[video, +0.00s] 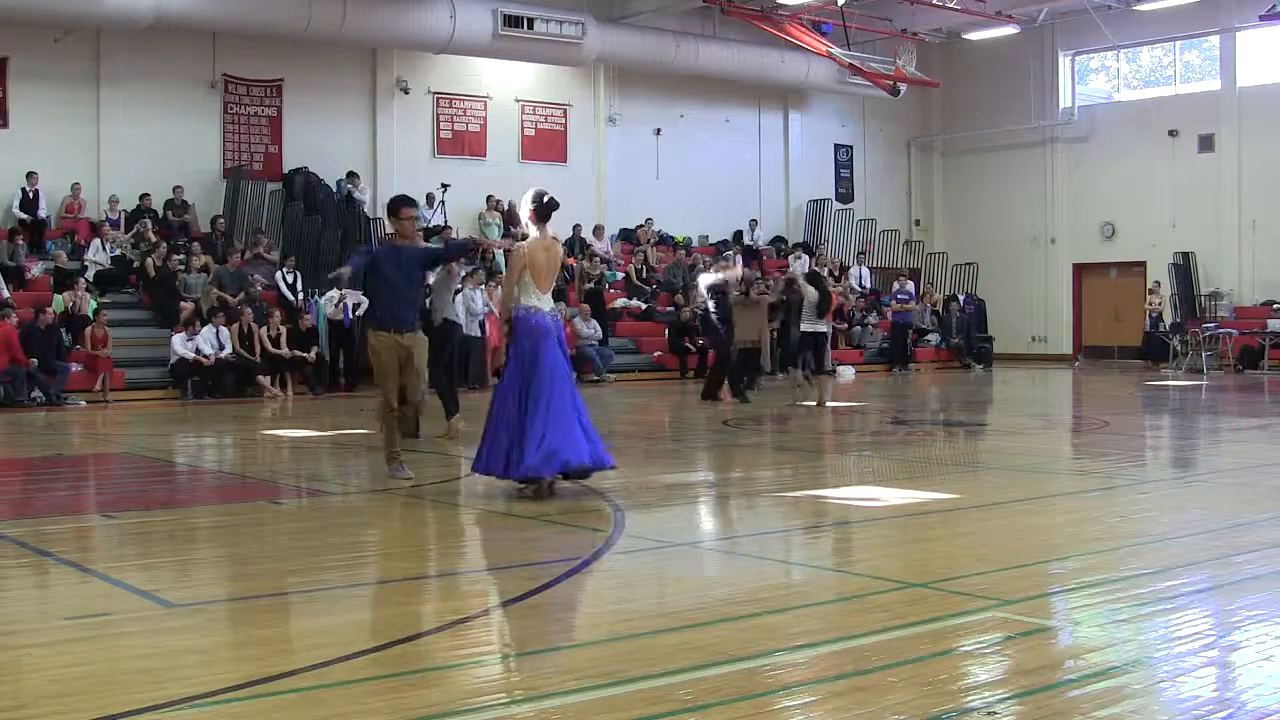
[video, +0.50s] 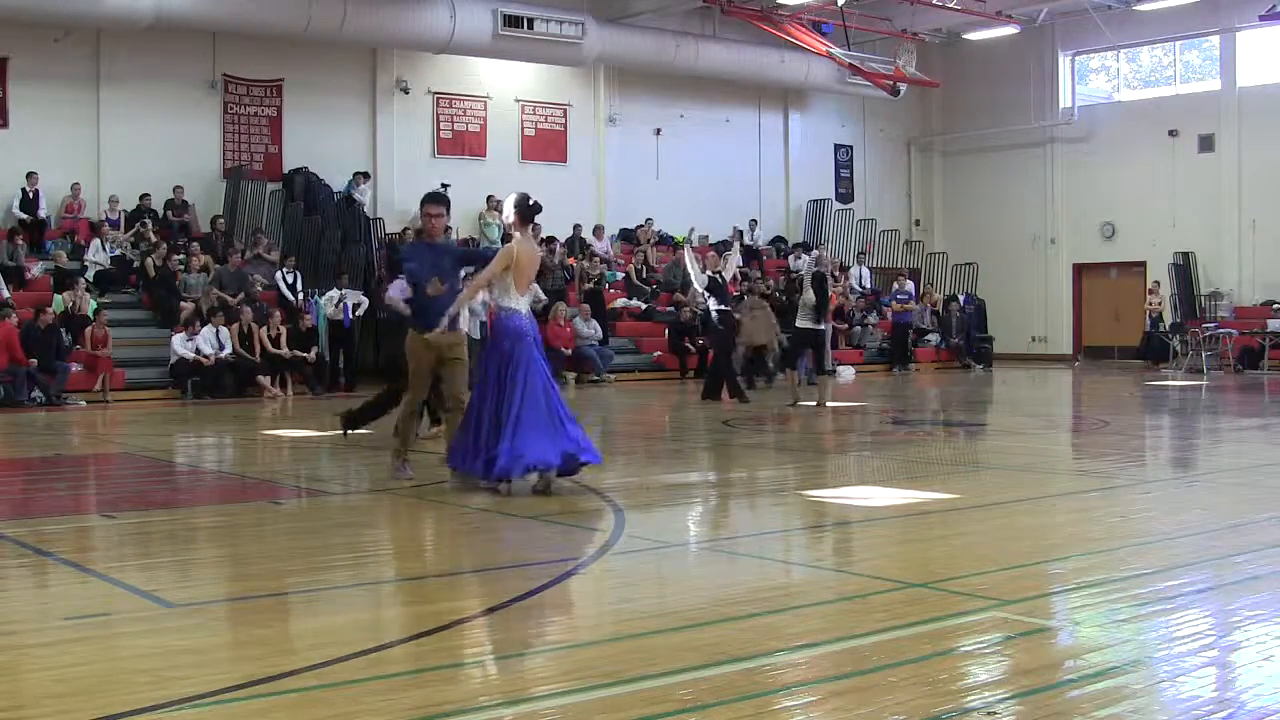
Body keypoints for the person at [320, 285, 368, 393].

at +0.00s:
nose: (345, 284)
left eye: (346, 281)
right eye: (343, 281)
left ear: (348, 283)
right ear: (337, 283)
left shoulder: (351, 294)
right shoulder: (329, 296)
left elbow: (365, 301)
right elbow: (329, 314)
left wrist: (358, 313)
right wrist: (338, 303)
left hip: (349, 322)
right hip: (335, 322)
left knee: (350, 355)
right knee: (334, 355)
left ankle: (350, 383)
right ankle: (334, 383)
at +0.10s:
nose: (345, 283)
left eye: (346, 280)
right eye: (342, 280)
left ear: (347, 281)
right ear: (337, 281)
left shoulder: (351, 294)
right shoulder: (329, 296)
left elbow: (365, 301)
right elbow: (329, 314)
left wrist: (357, 313)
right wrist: (338, 303)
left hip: (349, 323)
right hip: (334, 324)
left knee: (349, 355)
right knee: (334, 355)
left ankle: (350, 383)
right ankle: (334, 383)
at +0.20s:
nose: (344, 283)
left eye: (346, 280)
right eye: (342, 280)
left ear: (348, 281)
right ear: (337, 281)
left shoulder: (351, 294)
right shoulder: (329, 296)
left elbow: (365, 301)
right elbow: (329, 314)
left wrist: (358, 313)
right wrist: (338, 303)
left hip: (349, 323)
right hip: (335, 324)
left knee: (350, 355)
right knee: (334, 355)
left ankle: (350, 383)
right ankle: (334, 383)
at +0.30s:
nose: (344, 283)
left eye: (345, 280)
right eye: (342, 280)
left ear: (347, 281)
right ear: (337, 281)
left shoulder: (351, 294)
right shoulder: (329, 296)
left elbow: (365, 301)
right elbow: (329, 314)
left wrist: (358, 313)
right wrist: (338, 303)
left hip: (348, 322)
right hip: (335, 323)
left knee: (350, 355)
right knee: (334, 355)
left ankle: (350, 383)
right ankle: (334, 383)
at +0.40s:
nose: (346, 282)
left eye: (347, 279)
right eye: (344, 280)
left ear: (348, 281)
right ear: (337, 281)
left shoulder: (351, 294)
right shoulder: (329, 296)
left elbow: (365, 301)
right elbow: (329, 314)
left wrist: (358, 313)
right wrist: (338, 303)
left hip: (348, 322)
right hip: (335, 323)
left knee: (349, 354)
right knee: (334, 355)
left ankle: (350, 383)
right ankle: (334, 383)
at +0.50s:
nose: (346, 282)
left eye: (347, 279)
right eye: (344, 279)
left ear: (347, 281)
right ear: (337, 281)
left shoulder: (351, 294)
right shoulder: (329, 296)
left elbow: (365, 301)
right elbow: (329, 314)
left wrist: (358, 313)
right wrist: (337, 305)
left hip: (348, 322)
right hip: (335, 323)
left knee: (349, 354)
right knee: (334, 355)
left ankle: (350, 383)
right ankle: (334, 383)